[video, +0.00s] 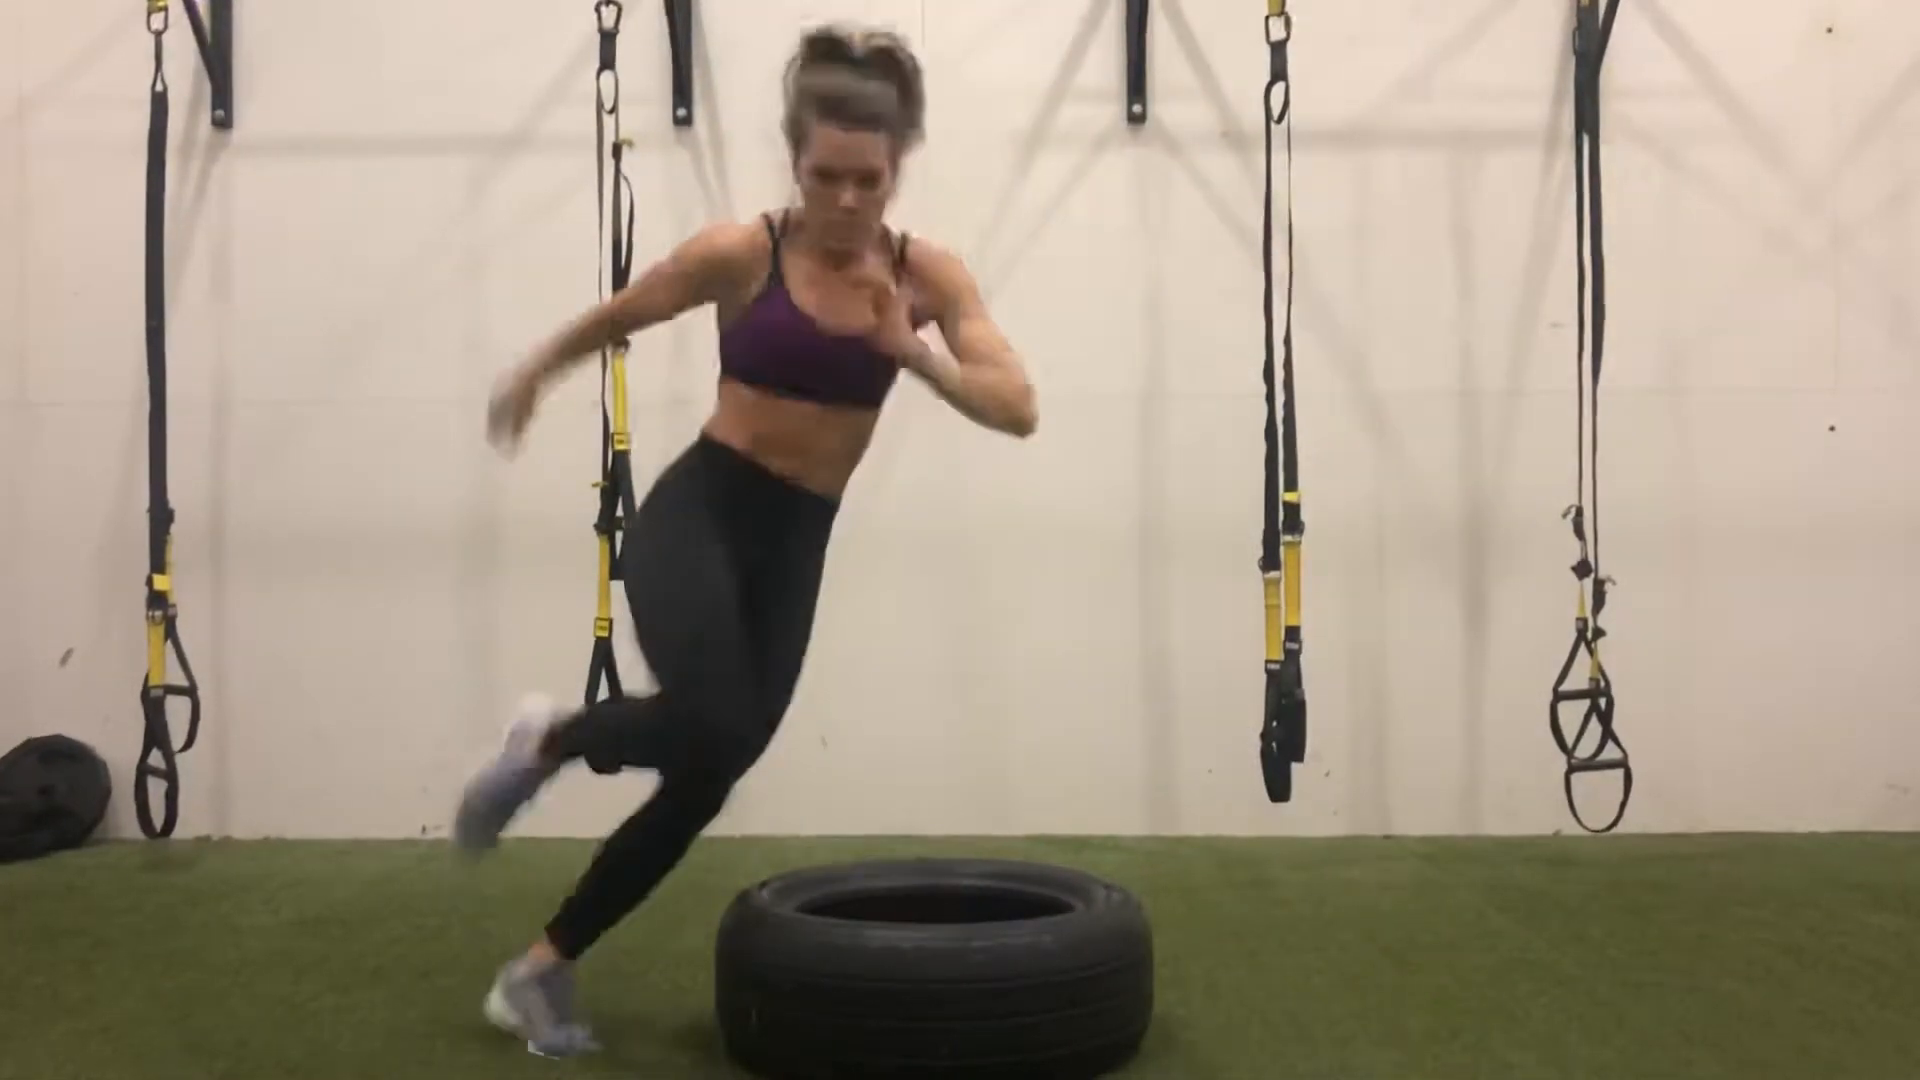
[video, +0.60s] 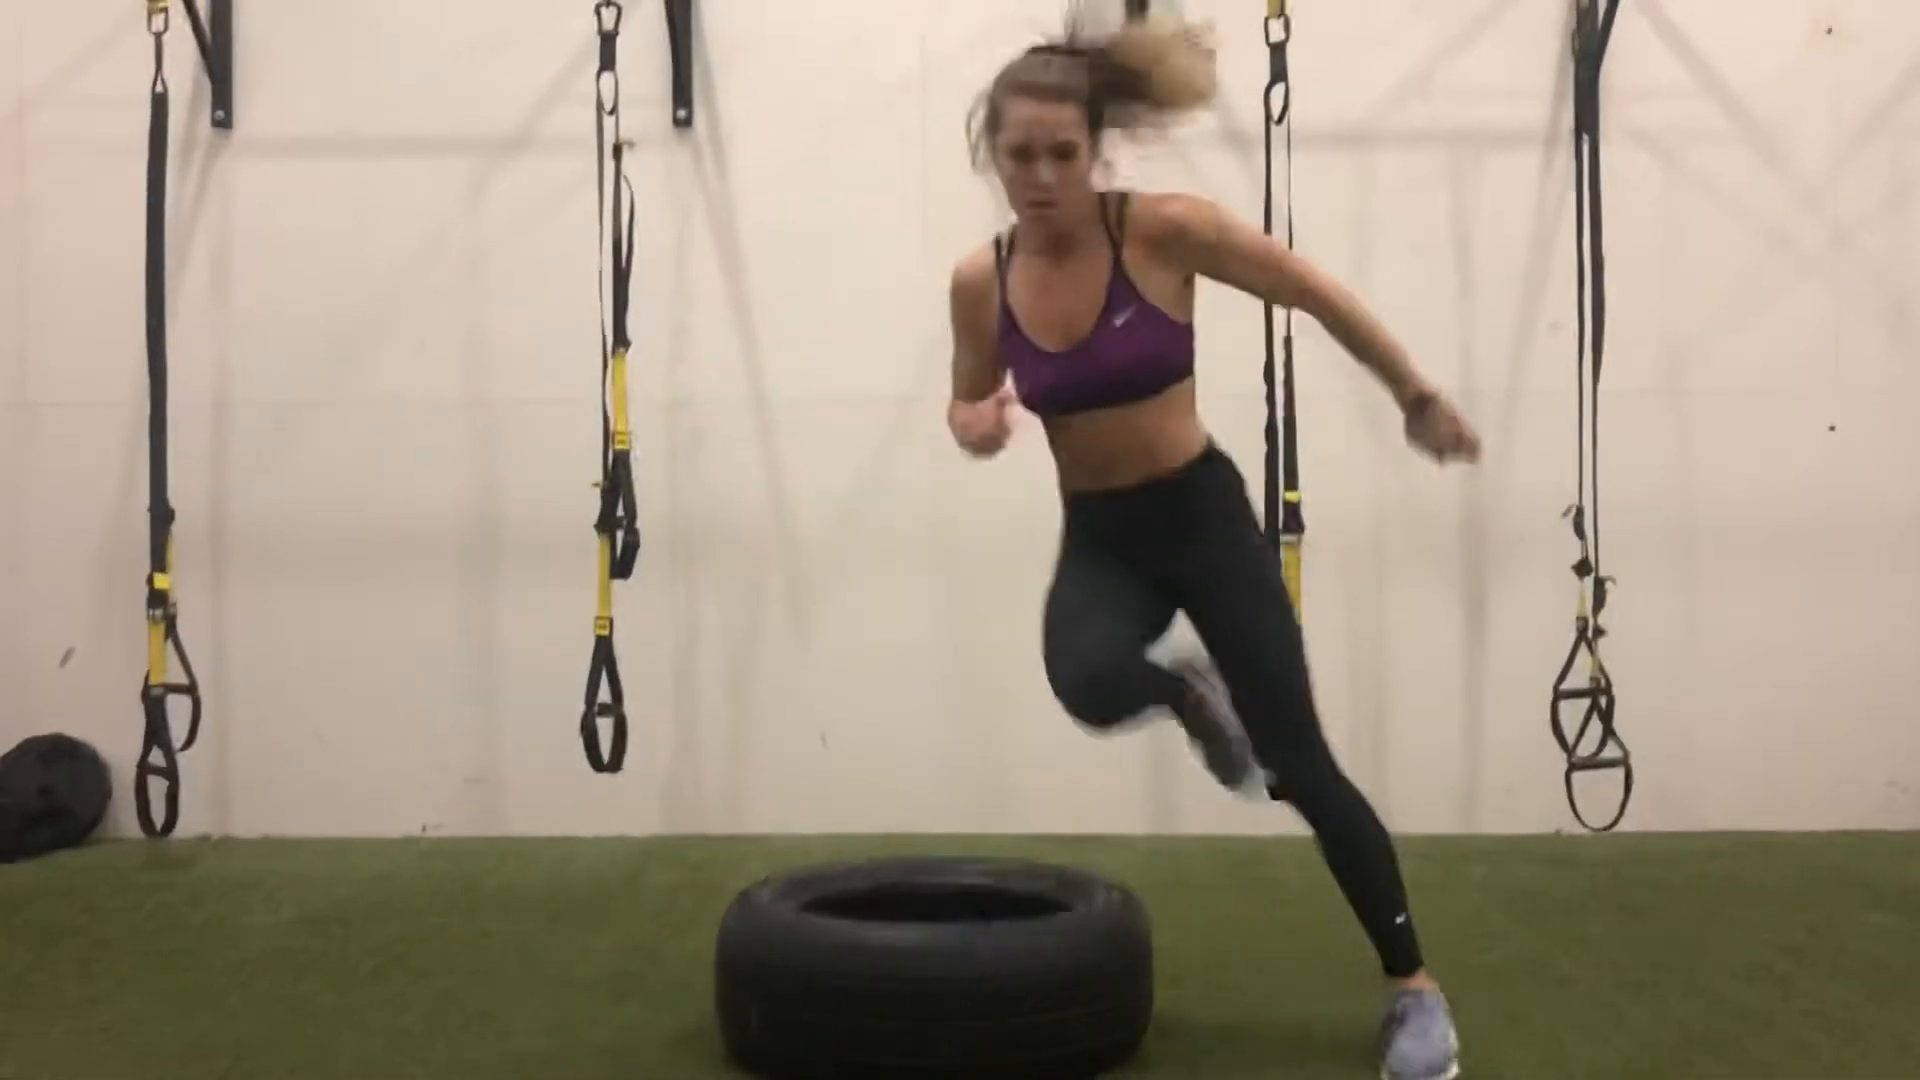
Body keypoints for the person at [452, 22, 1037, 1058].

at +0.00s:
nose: (844, 201)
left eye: (866, 180)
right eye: (826, 177)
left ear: (902, 166)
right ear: (794, 157)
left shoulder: (928, 275)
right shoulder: (738, 255)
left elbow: (1021, 410)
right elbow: (621, 318)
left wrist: (931, 360)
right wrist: (531, 374)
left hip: (793, 550)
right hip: (697, 510)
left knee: (709, 782)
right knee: (709, 724)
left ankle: (538, 969)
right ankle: (546, 743)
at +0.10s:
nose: (885, 162)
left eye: (904, 139)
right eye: (863, 139)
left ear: (932, 136)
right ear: (829, 136)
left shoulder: (962, 210)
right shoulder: (795, 214)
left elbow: (981, 323)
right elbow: (690, 215)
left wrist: (859, 276)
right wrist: (612, 258)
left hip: (834, 500)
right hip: (761, 472)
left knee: (721, 733)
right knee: (921, 614)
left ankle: (550, 943)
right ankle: (720, 719)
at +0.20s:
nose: (933, 124)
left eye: (950, 100)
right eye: (910, 100)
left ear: (976, 96)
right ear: (872, 96)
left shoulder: (1009, 178)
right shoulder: (827, 185)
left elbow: (980, 303)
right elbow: (722, 231)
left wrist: (834, 284)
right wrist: (630, 282)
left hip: (892, 481)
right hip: (825, 467)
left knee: (863, 735)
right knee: (981, 648)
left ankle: (652, 821)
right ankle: (889, 857)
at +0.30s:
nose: (981, 133)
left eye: (999, 110)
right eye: (960, 111)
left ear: (1026, 101)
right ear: (924, 104)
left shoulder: (1057, 176)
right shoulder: (882, 203)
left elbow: (1032, 293)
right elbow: (742, 269)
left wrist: (938, 348)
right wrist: (613, 312)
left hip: (983, 497)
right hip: (898, 497)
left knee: (1077, 714)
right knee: (957, 739)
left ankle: (911, 679)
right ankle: (928, 960)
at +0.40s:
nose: (1018, 98)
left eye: (1036, 76)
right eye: (998, 78)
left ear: (1066, 73)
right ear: (968, 78)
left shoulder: (1111, 149)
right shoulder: (927, 180)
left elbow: (1160, 297)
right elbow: (810, 277)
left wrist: (1190, 455)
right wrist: (737, 361)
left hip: (1075, 450)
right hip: (965, 455)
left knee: (1178, 650)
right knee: (1015, 685)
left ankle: (1212, 817)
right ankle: (959, 904)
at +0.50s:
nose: (1040, 125)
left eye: (1058, 101)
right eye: (1017, 102)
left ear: (1087, 95)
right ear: (984, 102)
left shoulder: (1137, 175)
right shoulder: (947, 213)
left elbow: (1264, 308)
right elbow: (879, 353)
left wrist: (1349, 447)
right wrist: (924, 357)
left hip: (1132, 457)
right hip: (1025, 467)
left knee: (1217, 697)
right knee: (1065, 627)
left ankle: (1358, 928)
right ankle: (1038, 754)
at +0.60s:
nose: (1040, 175)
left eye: (1060, 153)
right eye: (1021, 154)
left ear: (1096, 149)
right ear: (993, 156)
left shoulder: (1168, 230)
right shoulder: (983, 281)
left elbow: (1318, 295)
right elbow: (971, 410)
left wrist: (1417, 394)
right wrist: (982, 426)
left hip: (1204, 514)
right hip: (1097, 535)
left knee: (1297, 762)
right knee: (1086, 687)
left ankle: (1412, 988)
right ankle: (1189, 694)